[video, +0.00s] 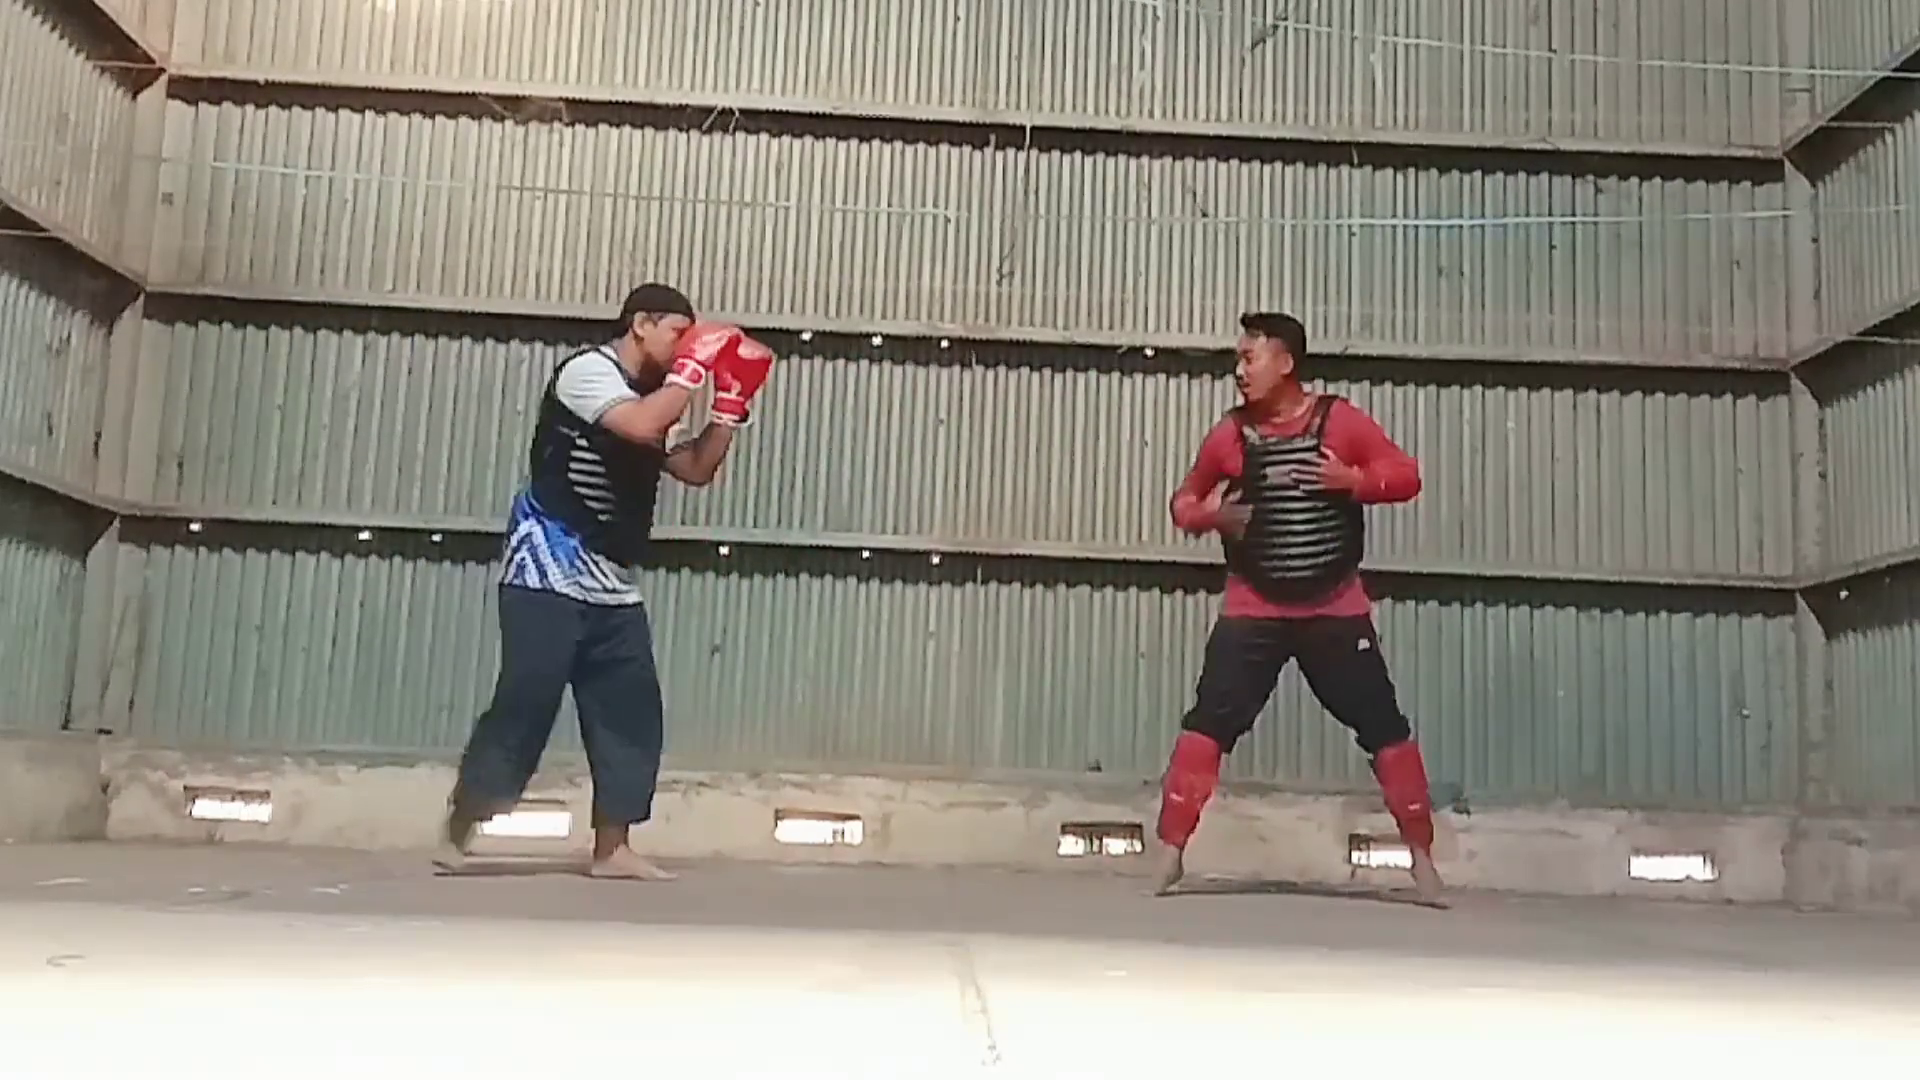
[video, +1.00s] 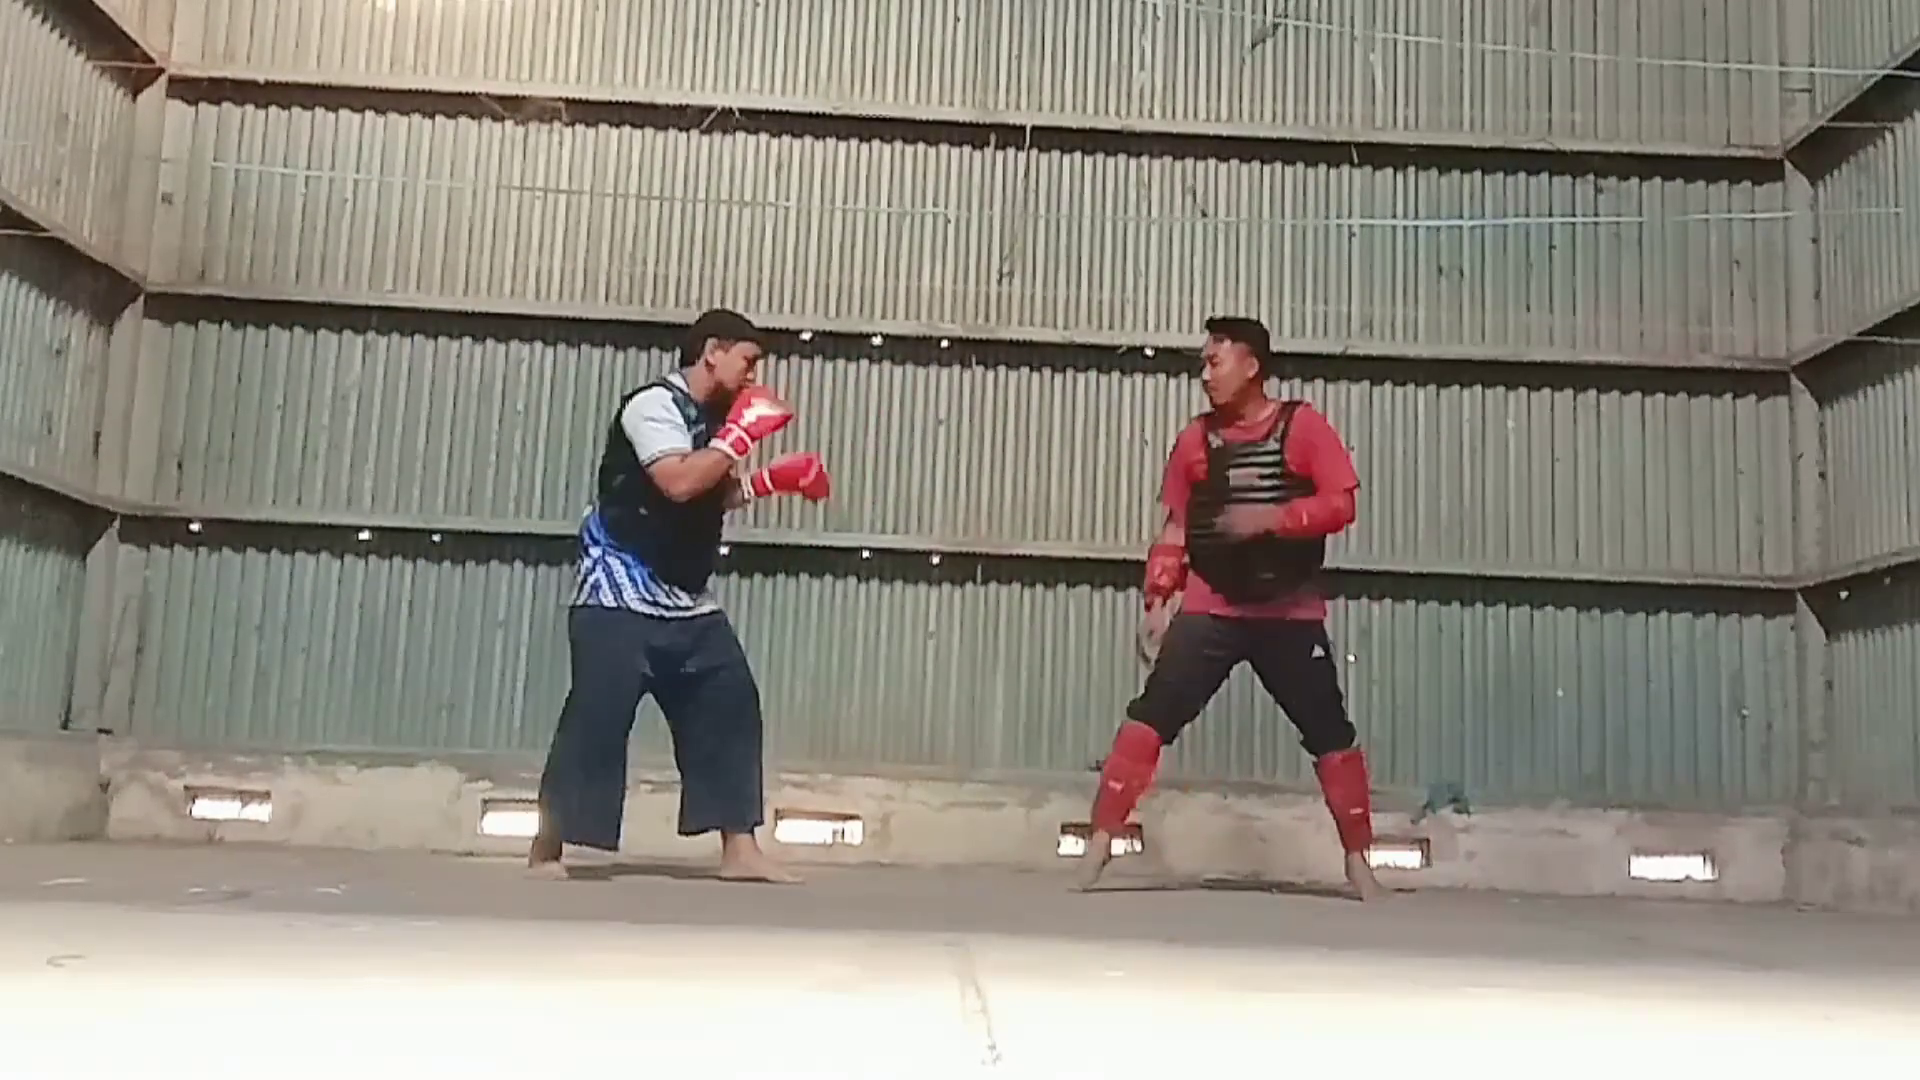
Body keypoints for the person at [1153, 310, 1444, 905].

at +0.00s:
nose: (1239, 368)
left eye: (1250, 357)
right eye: (1238, 358)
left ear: (1288, 362)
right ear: (1245, 365)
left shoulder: (1341, 422)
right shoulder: (1227, 437)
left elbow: (1407, 478)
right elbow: (1183, 507)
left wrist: (1356, 481)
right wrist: (1211, 516)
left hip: (1334, 611)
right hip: (1251, 613)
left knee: (1383, 727)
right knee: (1209, 721)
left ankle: (1422, 861)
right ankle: (1167, 851)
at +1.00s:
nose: (1205, 374)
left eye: (1216, 362)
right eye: (1204, 363)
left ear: (1253, 365)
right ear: (1218, 369)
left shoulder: (1304, 427)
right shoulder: (1195, 441)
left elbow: (1341, 504)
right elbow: (1176, 526)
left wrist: (1270, 516)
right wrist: (1157, 596)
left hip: (1289, 618)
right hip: (1209, 613)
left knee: (1330, 736)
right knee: (1149, 717)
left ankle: (1359, 863)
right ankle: (1098, 847)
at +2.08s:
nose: (1052, 437)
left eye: (1071, 438)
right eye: (1055, 425)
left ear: (1090, 462)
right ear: (1045, 422)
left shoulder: (1074, 531)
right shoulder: (991, 450)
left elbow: (1123, 575)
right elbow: (899, 463)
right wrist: (823, 488)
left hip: (925, 625)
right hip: (867, 566)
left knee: (961, 726)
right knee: (745, 584)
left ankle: (918, 861)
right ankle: (622, 585)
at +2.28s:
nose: (969, 416)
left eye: (987, 412)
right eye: (972, 402)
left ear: (1019, 427)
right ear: (969, 395)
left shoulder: (1013, 489)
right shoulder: (929, 437)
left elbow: (995, 575)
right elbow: (834, 474)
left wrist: (1002, 648)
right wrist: (778, 529)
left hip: (915, 617)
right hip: (854, 591)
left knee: (972, 717)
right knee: (810, 718)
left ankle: (924, 852)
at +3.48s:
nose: (1120, 420)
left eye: (1133, 410)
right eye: (1113, 408)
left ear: (1158, 416)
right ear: (1103, 409)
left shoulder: (1171, 483)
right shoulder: (1077, 467)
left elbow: (1187, 559)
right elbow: (1034, 544)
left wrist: (1211, 586)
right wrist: (1062, 587)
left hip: (1126, 631)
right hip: (1070, 625)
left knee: (1163, 745)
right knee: (1083, 740)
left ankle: (1179, 862)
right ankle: (1000, 848)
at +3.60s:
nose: (1186, 439)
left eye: (1189, 426)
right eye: (1185, 425)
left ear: (1150, 414)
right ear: (1161, 416)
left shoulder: (1122, 457)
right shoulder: (1120, 459)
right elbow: (1104, 528)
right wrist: (1150, 595)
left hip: (1070, 612)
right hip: (1033, 609)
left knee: (1123, 688)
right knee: (1052, 735)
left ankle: (1100, 811)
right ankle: (1000, 861)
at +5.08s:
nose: (1268, 416)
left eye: (1268, 405)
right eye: (1265, 404)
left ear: (1219, 404)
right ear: (1240, 402)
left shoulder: (1178, 449)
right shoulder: (1235, 445)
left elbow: (1177, 534)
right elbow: (1229, 529)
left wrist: (1235, 581)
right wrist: (1272, 598)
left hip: (1119, 586)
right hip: (1181, 587)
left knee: (1129, 715)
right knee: (1242, 685)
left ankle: (1109, 843)